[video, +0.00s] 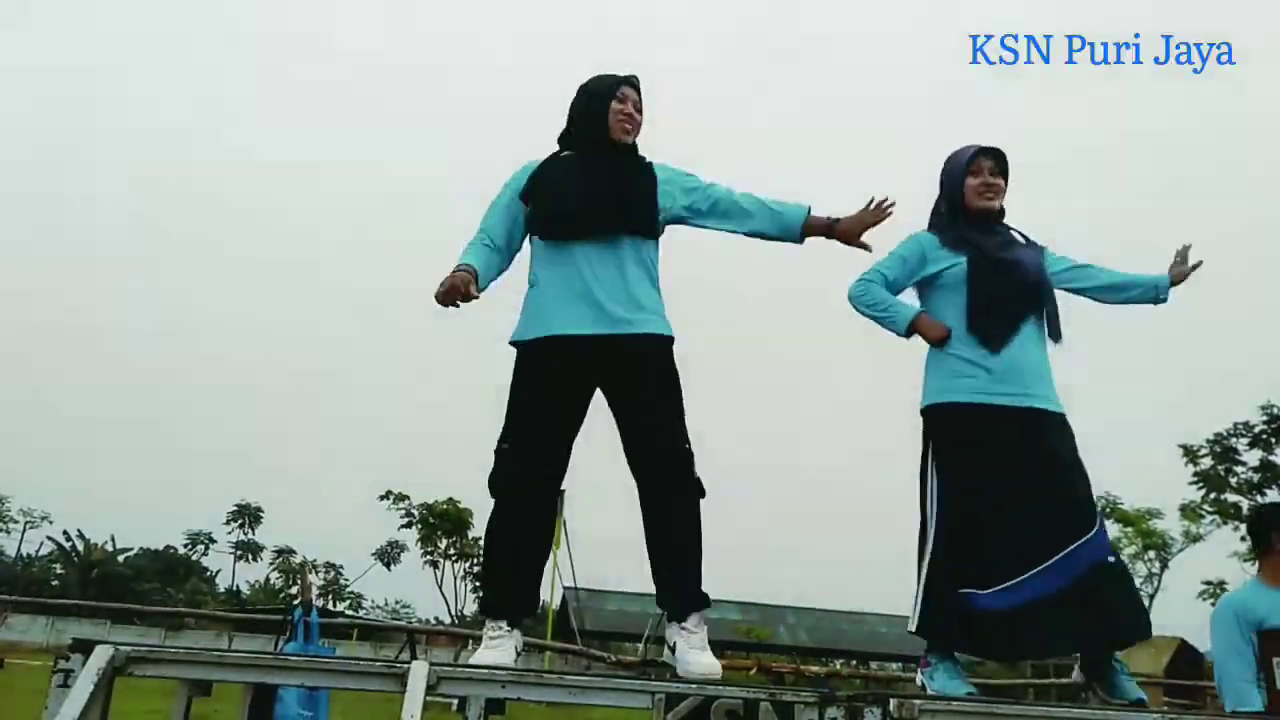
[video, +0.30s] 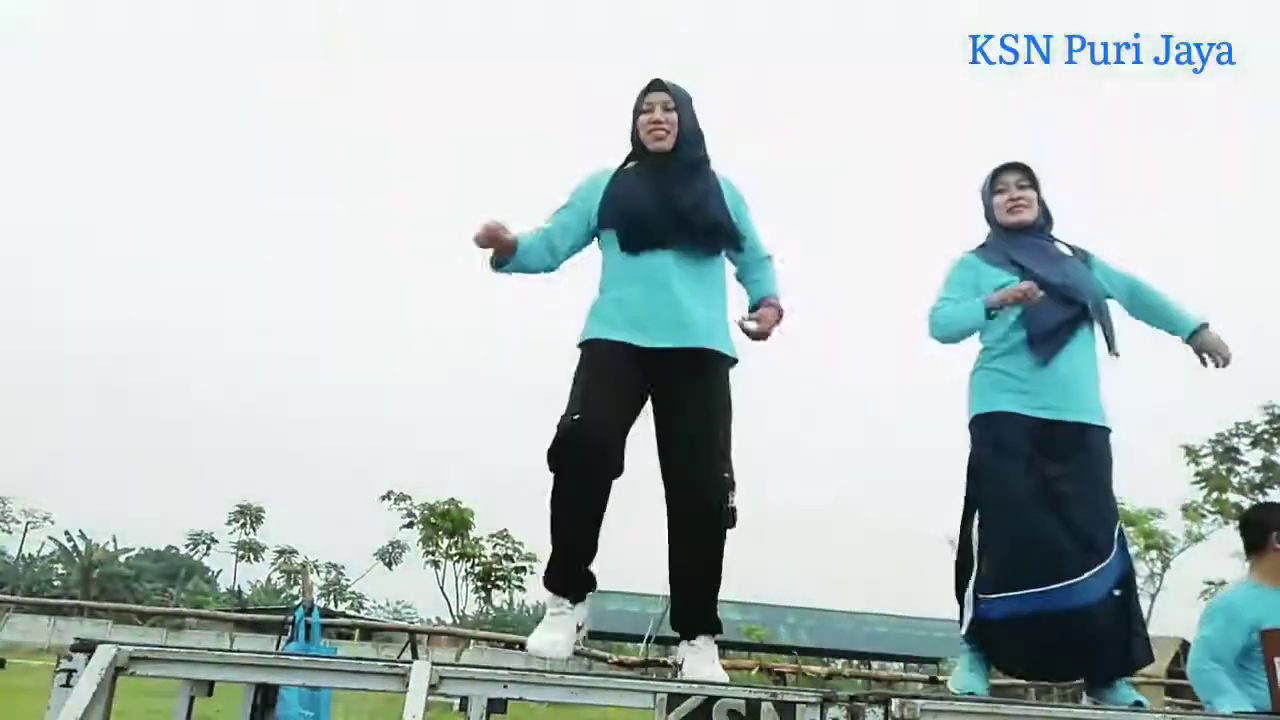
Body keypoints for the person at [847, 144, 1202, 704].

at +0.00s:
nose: (990, 182)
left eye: (997, 174)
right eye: (978, 174)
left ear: (1006, 187)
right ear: (953, 185)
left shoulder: (1029, 252)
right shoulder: (930, 245)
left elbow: (1091, 278)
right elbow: (864, 289)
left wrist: (1166, 281)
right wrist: (916, 319)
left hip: (1034, 403)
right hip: (960, 402)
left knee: (1078, 524)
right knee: (957, 527)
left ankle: (1100, 659)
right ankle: (938, 657)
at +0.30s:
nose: (1015, 195)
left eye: (1023, 187)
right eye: (1003, 191)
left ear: (1041, 200)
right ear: (989, 208)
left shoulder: (1077, 260)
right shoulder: (975, 264)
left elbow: (1134, 292)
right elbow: (940, 323)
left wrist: (1193, 328)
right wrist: (996, 300)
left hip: (1079, 411)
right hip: (1005, 406)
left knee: (1096, 537)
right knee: (1004, 528)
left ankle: (1106, 676)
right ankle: (974, 654)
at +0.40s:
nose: (1015, 200)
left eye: (1025, 191)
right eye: (1004, 195)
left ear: (1044, 202)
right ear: (992, 210)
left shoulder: (1076, 259)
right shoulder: (980, 260)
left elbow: (1139, 290)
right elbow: (976, 305)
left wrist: (1160, 333)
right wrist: (1056, 272)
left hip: (1085, 402)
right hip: (1013, 401)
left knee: (1096, 527)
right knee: (1031, 520)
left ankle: (1103, 669)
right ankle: (1026, 653)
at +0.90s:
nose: (984, 194)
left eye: (995, 184)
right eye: (974, 191)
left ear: (1022, 193)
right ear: (969, 208)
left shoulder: (1061, 259)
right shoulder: (958, 256)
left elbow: (1114, 302)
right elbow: (870, 270)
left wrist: (1097, 342)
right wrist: (893, 271)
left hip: (1054, 417)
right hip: (975, 413)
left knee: (1080, 539)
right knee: (948, 533)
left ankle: (1098, 671)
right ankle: (913, 655)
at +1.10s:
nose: (953, 192)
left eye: (963, 182)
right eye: (942, 189)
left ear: (989, 194)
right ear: (934, 209)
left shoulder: (1023, 264)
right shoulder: (922, 261)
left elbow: (1080, 312)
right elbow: (856, 269)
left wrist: (1048, 343)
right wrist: (924, 250)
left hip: (1005, 410)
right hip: (925, 404)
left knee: (1036, 533)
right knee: (918, 533)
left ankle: (1064, 662)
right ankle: (912, 663)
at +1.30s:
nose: (932, 201)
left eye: (943, 192)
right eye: (923, 196)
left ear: (969, 200)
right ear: (915, 211)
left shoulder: (1000, 265)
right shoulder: (902, 257)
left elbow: (1069, 310)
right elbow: (885, 285)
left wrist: (1025, 337)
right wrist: (962, 266)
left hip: (981, 411)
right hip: (905, 407)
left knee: (979, 534)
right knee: (901, 531)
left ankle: (961, 659)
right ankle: (904, 666)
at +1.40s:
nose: (927, 202)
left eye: (937, 193)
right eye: (918, 198)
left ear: (963, 201)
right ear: (911, 213)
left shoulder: (1000, 267)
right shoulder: (899, 267)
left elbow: (1064, 313)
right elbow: (847, 307)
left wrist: (1021, 347)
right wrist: (903, 263)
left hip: (975, 419)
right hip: (899, 411)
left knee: (972, 538)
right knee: (899, 534)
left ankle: (963, 661)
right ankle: (900, 666)